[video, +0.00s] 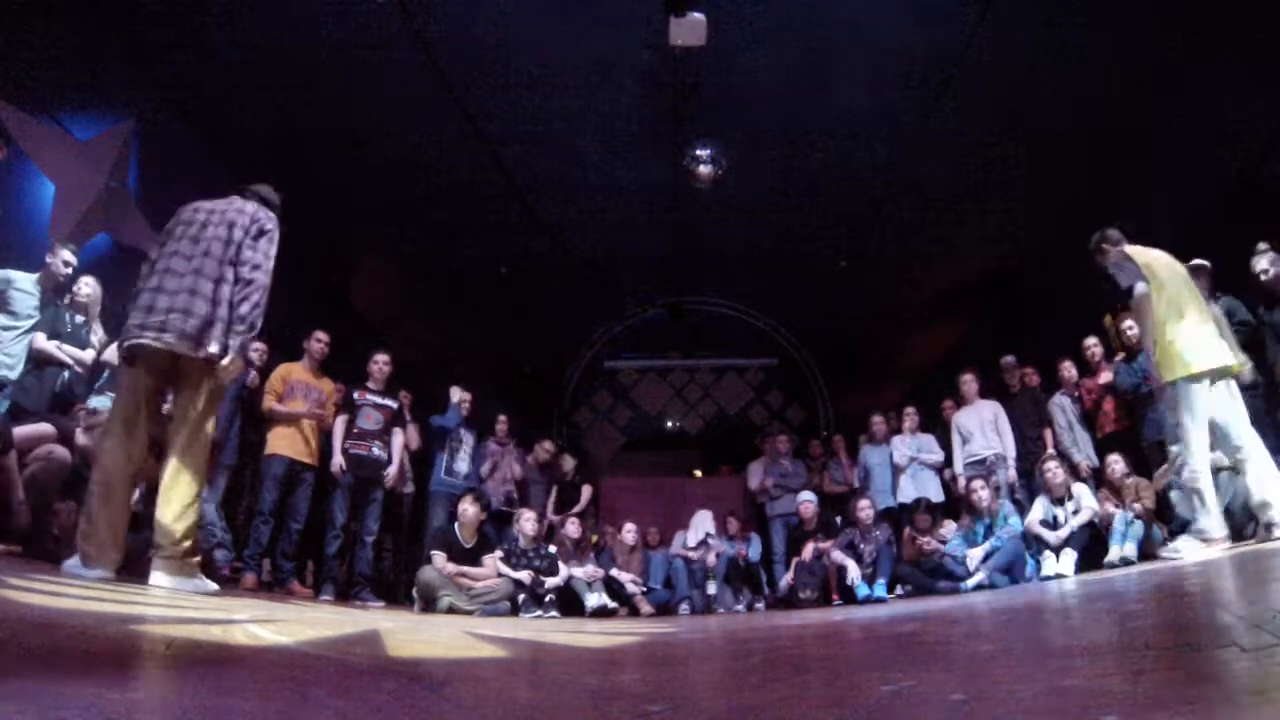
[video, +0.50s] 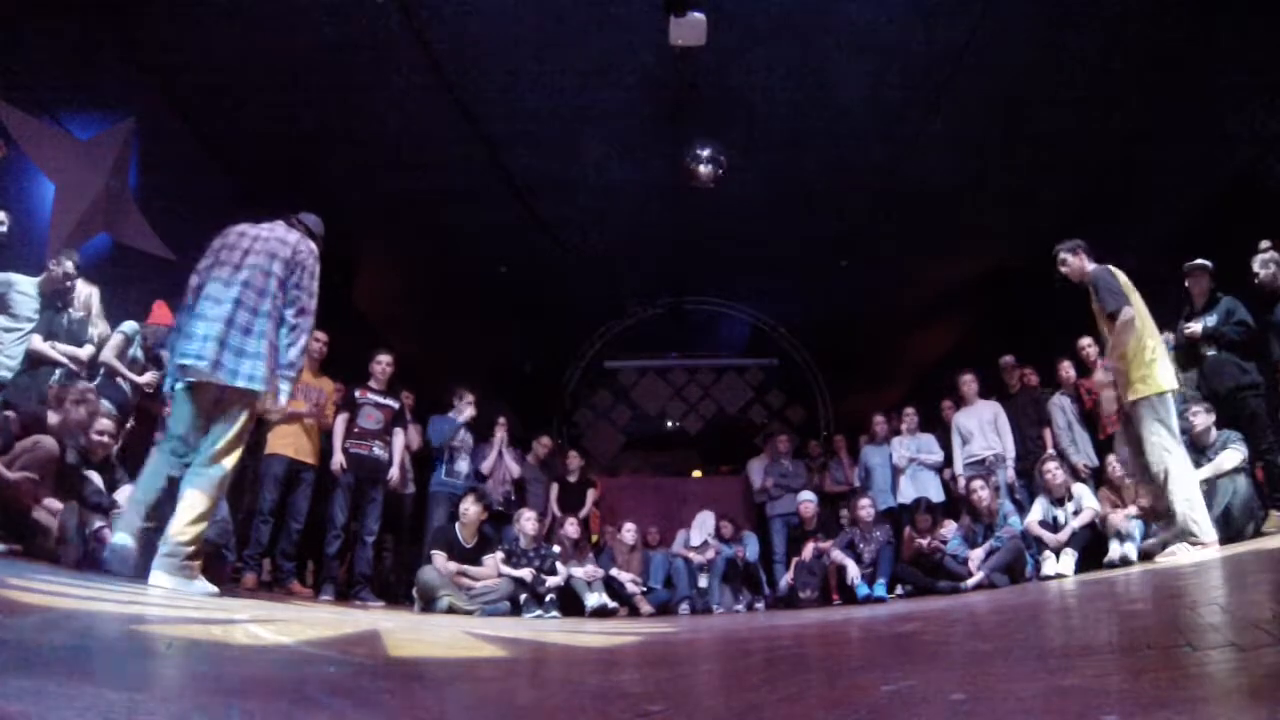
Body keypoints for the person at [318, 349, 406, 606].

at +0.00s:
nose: (380, 367)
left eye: (385, 364)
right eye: (376, 362)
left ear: (391, 369)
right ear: (368, 366)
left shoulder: (395, 403)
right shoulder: (353, 394)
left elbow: (398, 435)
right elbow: (340, 423)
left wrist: (395, 465)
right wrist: (336, 454)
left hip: (377, 467)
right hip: (349, 463)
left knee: (369, 531)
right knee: (337, 526)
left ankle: (361, 586)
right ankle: (328, 584)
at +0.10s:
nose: (381, 367)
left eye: (386, 364)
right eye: (377, 363)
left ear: (391, 369)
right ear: (369, 366)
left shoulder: (396, 404)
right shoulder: (354, 394)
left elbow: (398, 435)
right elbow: (340, 423)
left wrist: (395, 464)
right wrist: (336, 454)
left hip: (377, 468)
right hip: (349, 463)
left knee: (369, 531)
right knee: (337, 527)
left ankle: (361, 586)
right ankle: (328, 584)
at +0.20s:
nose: (381, 368)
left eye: (386, 364)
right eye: (377, 363)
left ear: (392, 370)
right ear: (369, 366)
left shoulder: (396, 404)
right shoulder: (354, 394)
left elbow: (398, 435)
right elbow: (340, 422)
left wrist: (395, 464)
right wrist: (336, 453)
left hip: (377, 468)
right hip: (349, 463)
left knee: (369, 531)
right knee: (337, 526)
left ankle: (361, 586)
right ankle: (328, 584)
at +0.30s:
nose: (382, 368)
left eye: (387, 364)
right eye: (378, 363)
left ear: (393, 370)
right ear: (370, 367)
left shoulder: (396, 404)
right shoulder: (354, 394)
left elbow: (398, 434)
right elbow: (340, 422)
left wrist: (395, 464)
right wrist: (336, 453)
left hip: (377, 467)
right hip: (350, 462)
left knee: (370, 530)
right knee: (338, 526)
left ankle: (361, 586)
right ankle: (328, 583)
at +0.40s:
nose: (382, 368)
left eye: (387, 365)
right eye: (378, 363)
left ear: (393, 370)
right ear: (370, 366)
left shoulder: (396, 403)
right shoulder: (354, 394)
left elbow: (398, 435)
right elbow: (340, 422)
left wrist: (395, 464)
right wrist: (336, 453)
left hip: (378, 467)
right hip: (350, 462)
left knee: (369, 530)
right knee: (338, 525)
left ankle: (361, 586)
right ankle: (328, 583)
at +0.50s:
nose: (383, 368)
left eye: (388, 365)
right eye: (379, 363)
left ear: (393, 370)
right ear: (370, 366)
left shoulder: (396, 403)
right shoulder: (355, 393)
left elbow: (398, 435)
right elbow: (340, 422)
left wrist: (396, 465)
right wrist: (337, 452)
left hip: (378, 466)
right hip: (350, 461)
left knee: (369, 530)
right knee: (338, 526)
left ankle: (361, 586)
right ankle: (328, 584)